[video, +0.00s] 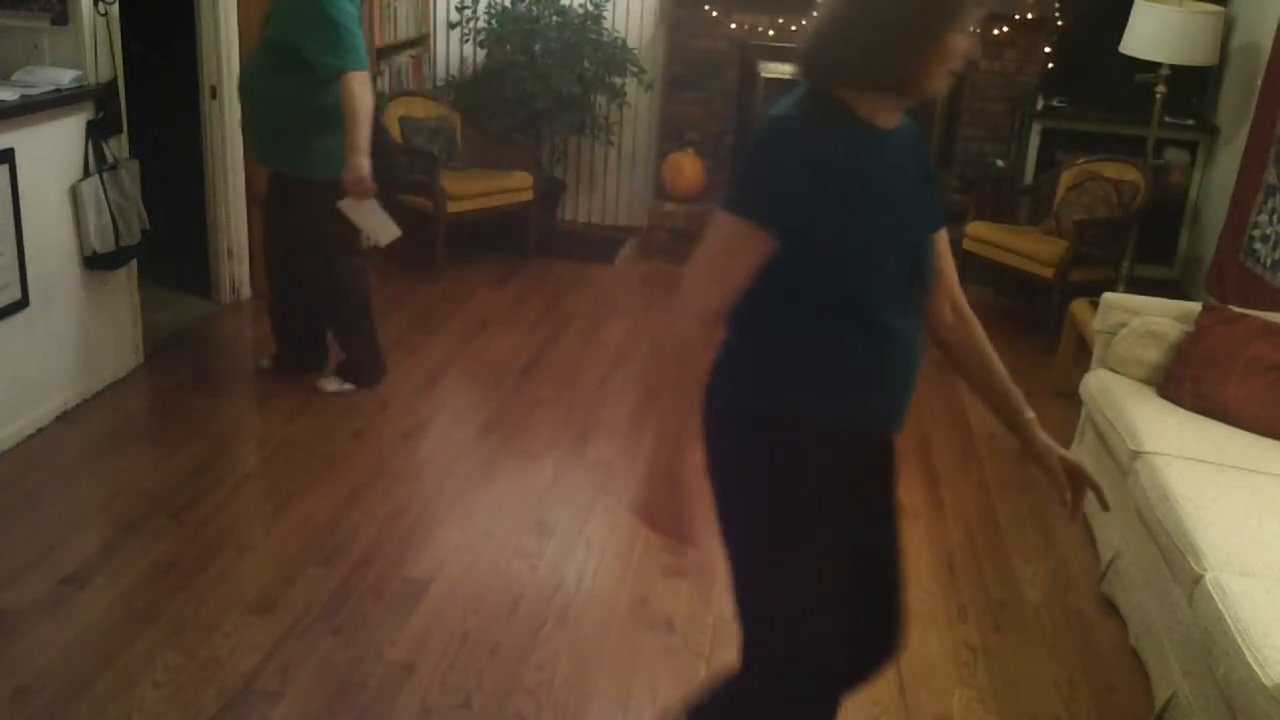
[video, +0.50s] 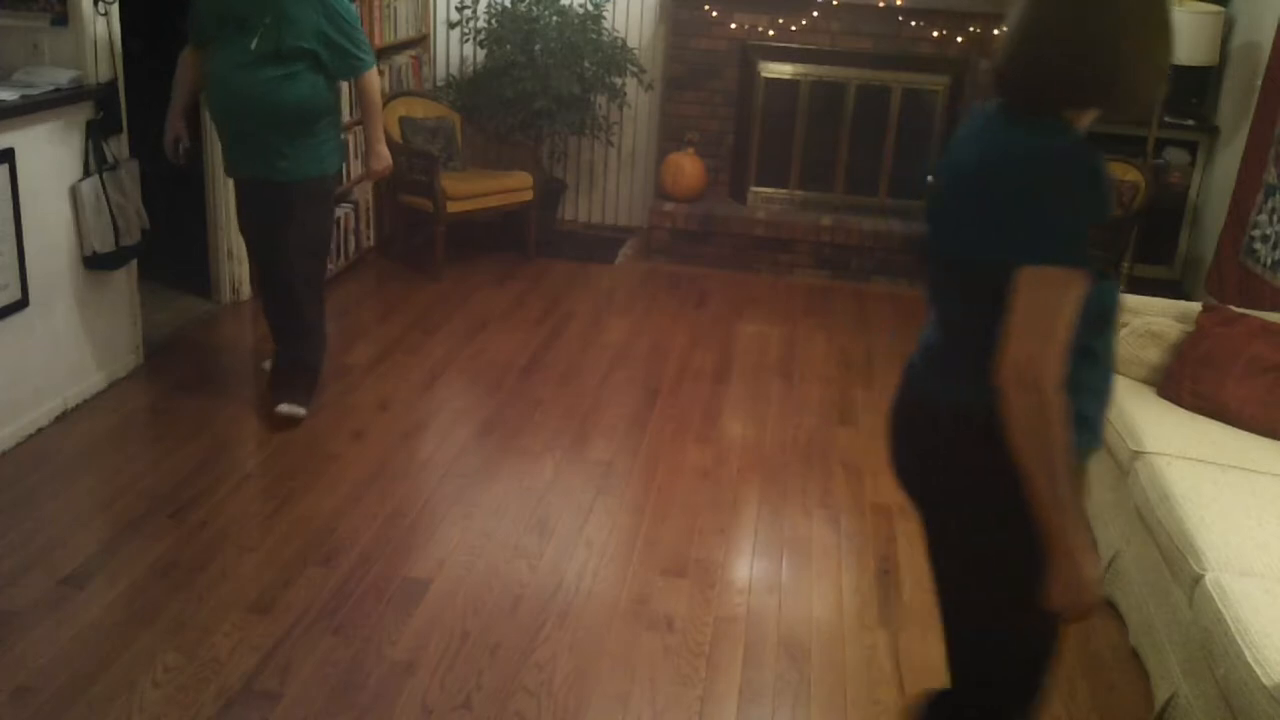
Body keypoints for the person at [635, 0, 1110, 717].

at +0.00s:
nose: (973, 49)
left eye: (976, 32)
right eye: (965, 27)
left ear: (921, 38)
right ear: (913, 29)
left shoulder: (907, 146)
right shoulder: (794, 141)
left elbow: (949, 312)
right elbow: (694, 307)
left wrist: (1034, 437)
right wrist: (665, 467)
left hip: (859, 430)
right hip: (771, 428)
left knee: (869, 637)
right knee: (795, 665)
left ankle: (718, 709)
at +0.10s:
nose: (1017, 56)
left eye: (1022, 37)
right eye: (1012, 33)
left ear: (954, 38)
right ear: (960, 35)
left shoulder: (911, 143)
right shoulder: (852, 145)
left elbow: (949, 313)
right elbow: (755, 319)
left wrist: (1033, 435)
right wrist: (755, 505)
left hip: (879, 442)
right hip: (823, 445)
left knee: (917, 629)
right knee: (829, 658)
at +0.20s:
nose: (1047, 65)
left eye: (1050, 46)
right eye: (1042, 45)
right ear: (1002, 55)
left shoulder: (933, 146)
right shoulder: (903, 155)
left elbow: (949, 326)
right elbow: (823, 345)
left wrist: (1024, 441)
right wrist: (837, 526)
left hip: (894, 444)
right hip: (857, 450)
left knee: (937, 641)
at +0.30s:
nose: (1082, 74)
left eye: (1085, 54)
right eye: (1079, 53)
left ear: (984, 44)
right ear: (1044, 60)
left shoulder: (955, 140)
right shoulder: (958, 160)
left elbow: (953, 333)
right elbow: (893, 363)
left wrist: (1005, 444)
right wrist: (924, 545)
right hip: (895, 449)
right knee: (944, 665)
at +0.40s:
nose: (1117, 78)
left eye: (1119, 60)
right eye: (1112, 59)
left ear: (1012, 42)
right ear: (1078, 63)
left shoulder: (959, 136)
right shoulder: (1010, 165)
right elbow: (960, 374)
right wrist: (998, 551)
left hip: (909, 417)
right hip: (949, 441)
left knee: (928, 669)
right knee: (954, 682)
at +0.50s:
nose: (1155, 77)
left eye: (1155, 59)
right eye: (1150, 58)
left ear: (1039, 43)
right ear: (1120, 64)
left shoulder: (989, 133)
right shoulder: (1064, 170)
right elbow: (1028, 376)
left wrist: (1092, 192)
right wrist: (1069, 544)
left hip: (941, 410)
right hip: (993, 436)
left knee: (985, 671)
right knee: (1004, 686)